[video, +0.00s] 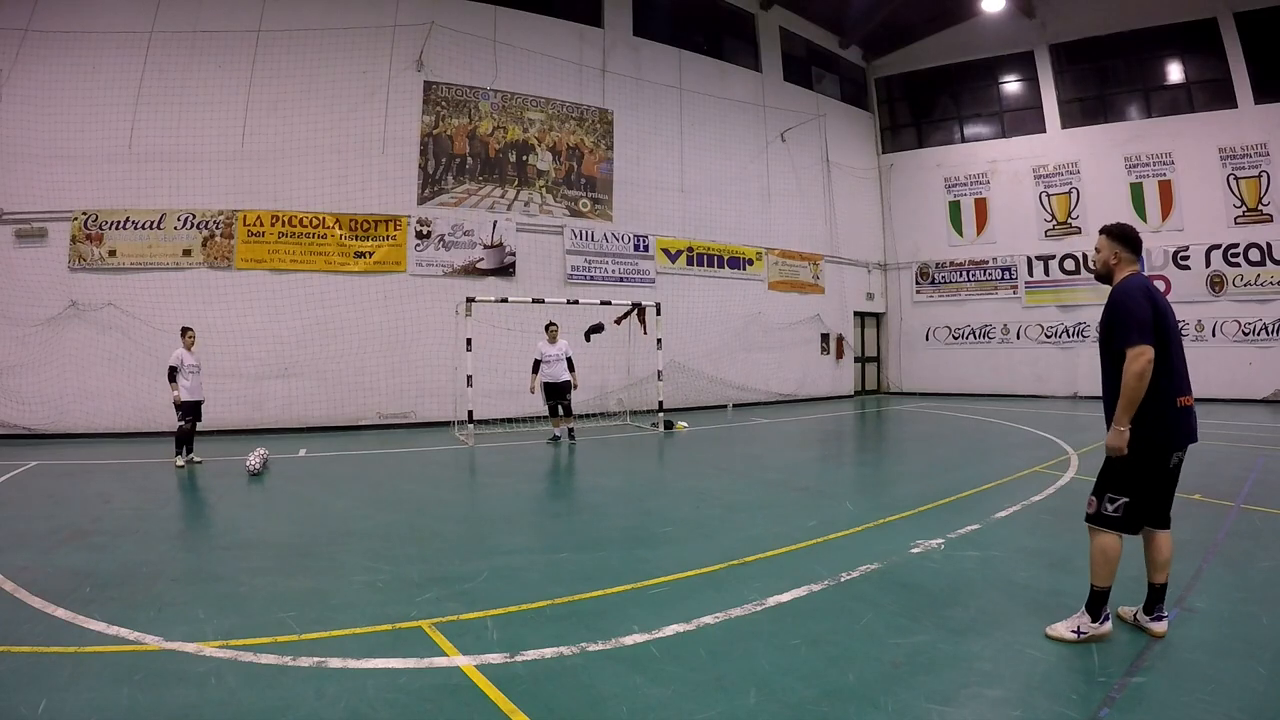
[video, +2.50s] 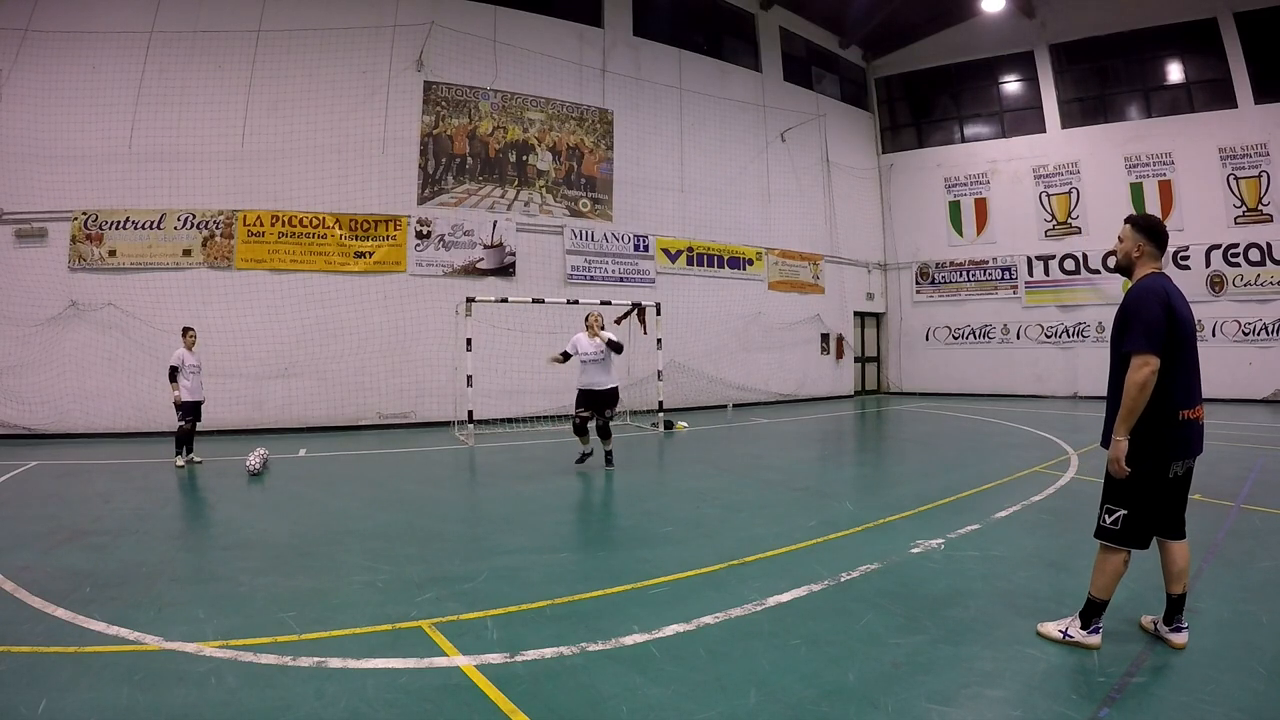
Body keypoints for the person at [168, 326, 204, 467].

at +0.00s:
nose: (192, 340)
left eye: (194, 337)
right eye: (190, 337)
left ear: (195, 339)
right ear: (183, 338)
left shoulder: (195, 356)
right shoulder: (178, 354)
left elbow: (197, 377)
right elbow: (171, 373)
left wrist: (201, 394)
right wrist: (175, 392)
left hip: (196, 397)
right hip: (183, 397)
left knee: (192, 426)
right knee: (184, 426)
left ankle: (189, 454)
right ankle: (178, 456)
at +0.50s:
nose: (193, 340)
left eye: (194, 337)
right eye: (190, 337)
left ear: (195, 339)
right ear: (183, 338)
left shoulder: (195, 355)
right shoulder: (179, 354)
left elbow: (197, 377)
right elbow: (172, 373)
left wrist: (201, 394)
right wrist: (176, 392)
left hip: (196, 397)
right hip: (184, 397)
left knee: (192, 426)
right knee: (184, 426)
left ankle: (189, 454)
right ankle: (178, 456)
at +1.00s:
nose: (193, 340)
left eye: (194, 337)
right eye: (191, 337)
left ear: (195, 339)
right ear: (183, 338)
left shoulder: (195, 355)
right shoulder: (179, 354)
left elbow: (198, 376)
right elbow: (172, 373)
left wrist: (201, 392)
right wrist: (176, 392)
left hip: (196, 397)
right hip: (184, 397)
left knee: (192, 426)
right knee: (184, 426)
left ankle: (189, 454)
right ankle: (178, 456)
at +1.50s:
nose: (194, 340)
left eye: (195, 337)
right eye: (191, 337)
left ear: (196, 339)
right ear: (184, 338)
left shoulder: (196, 355)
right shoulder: (179, 354)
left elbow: (198, 376)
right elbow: (172, 373)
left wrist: (201, 392)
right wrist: (176, 392)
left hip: (196, 397)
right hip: (184, 397)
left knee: (192, 426)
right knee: (184, 426)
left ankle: (189, 454)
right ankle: (178, 456)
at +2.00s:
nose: (193, 340)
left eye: (195, 337)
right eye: (191, 337)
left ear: (196, 339)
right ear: (183, 338)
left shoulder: (196, 355)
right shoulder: (179, 354)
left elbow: (198, 376)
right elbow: (172, 373)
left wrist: (201, 392)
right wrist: (176, 392)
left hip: (196, 397)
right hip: (184, 397)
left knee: (192, 426)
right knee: (184, 426)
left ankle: (189, 454)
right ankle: (178, 456)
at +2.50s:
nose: (193, 339)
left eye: (194, 337)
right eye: (190, 337)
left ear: (196, 339)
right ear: (183, 338)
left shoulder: (196, 356)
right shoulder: (179, 354)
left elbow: (198, 376)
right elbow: (172, 373)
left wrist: (201, 393)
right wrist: (176, 392)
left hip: (196, 397)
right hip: (184, 397)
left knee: (192, 426)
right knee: (184, 426)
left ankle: (189, 454)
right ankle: (178, 456)